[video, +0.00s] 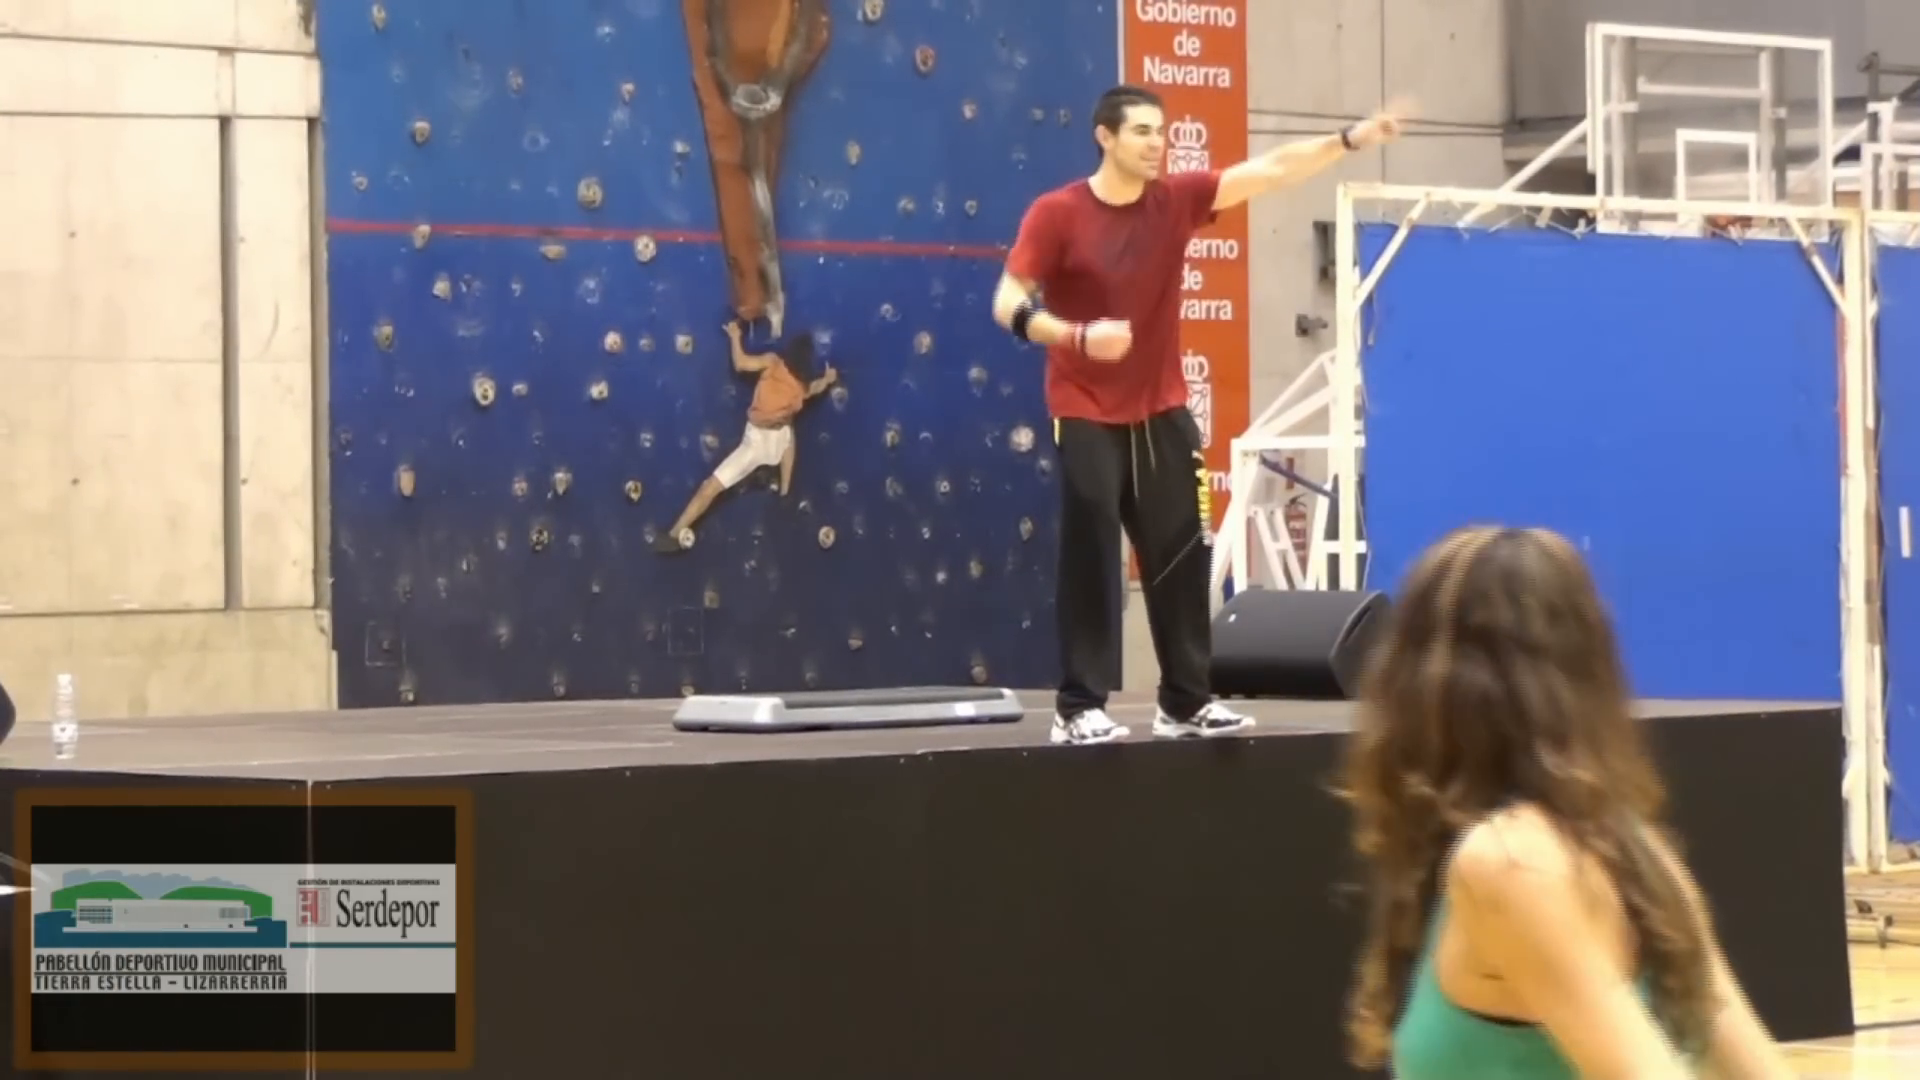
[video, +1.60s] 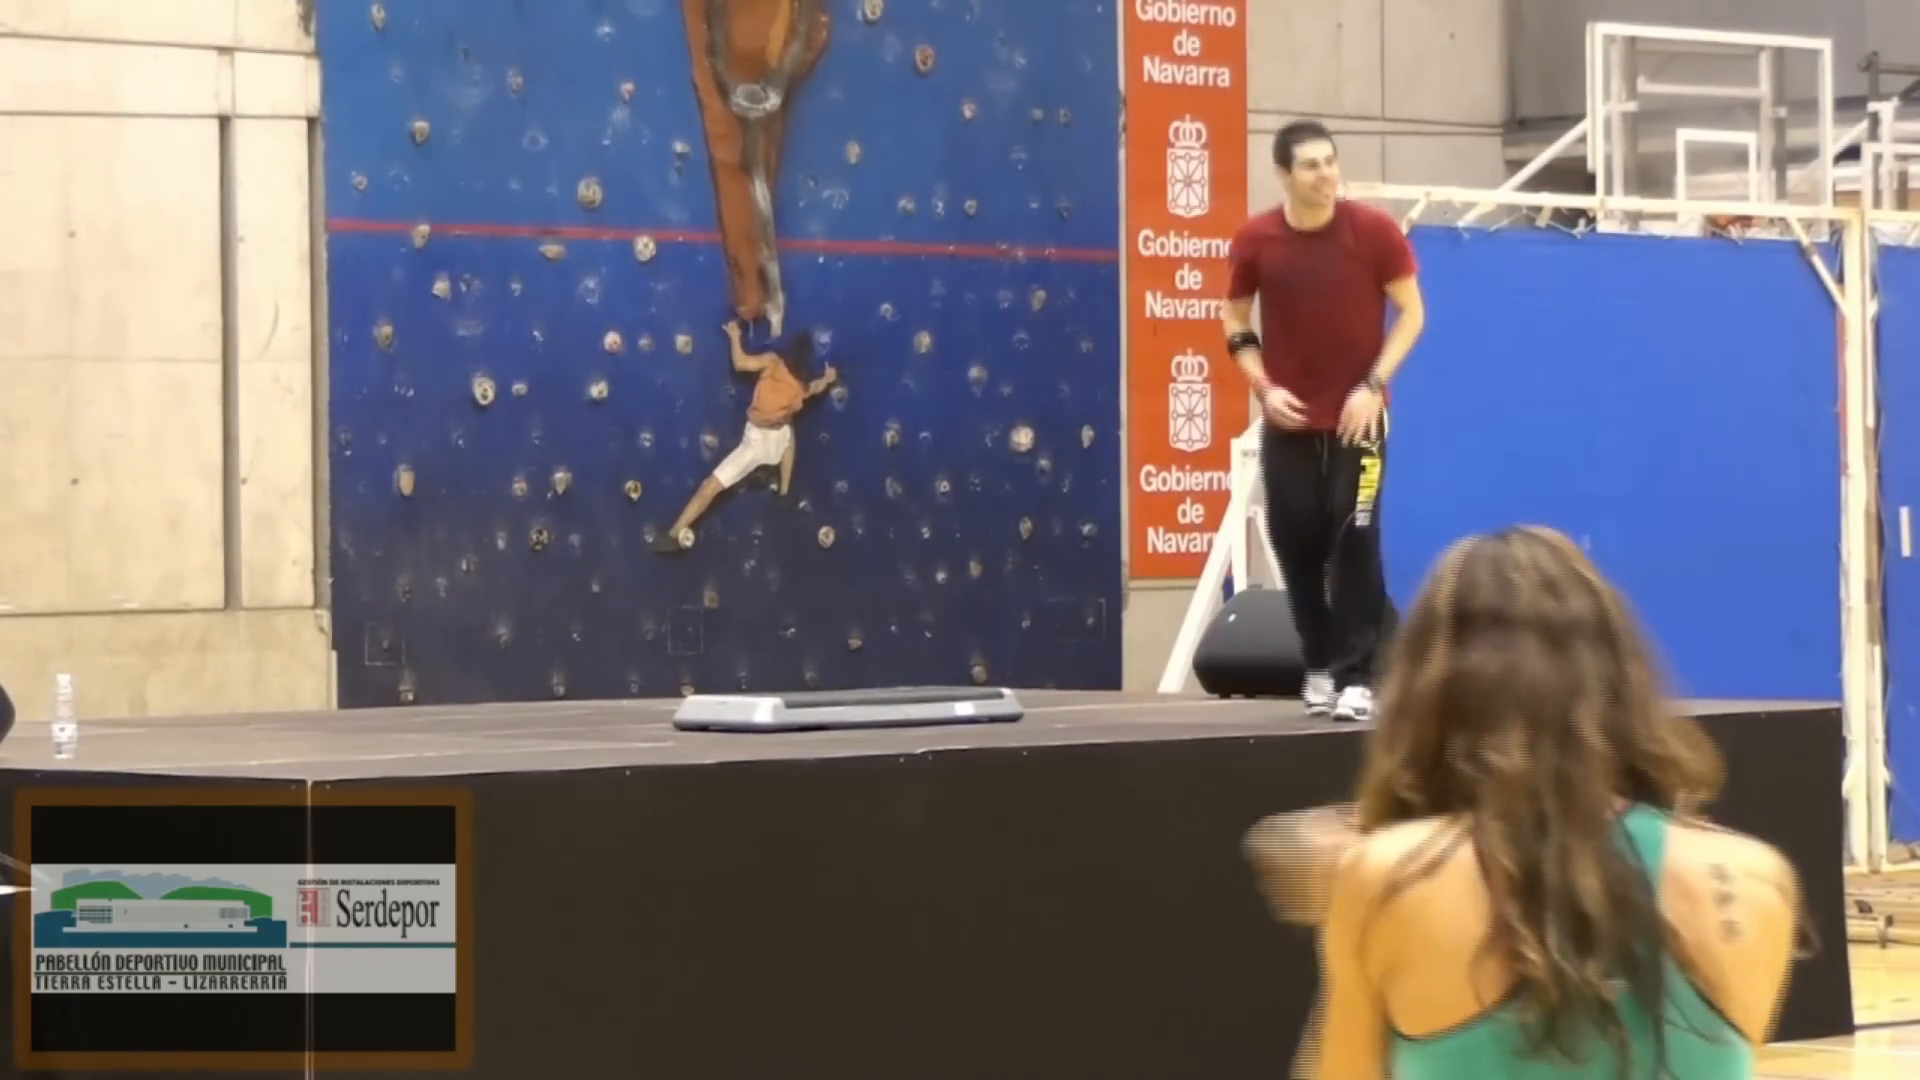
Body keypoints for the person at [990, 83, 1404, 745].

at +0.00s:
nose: (1155, 144)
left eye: (1160, 133)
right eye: (1142, 132)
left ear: (1164, 139)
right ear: (1105, 138)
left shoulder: (1178, 198)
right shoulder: (1056, 213)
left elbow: (1272, 171)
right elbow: (1008, 306)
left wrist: (1351, 139)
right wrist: (1079, 335)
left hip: (1161, 406)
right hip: (1086, 410)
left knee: (1178, 550)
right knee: (1091, 552)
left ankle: (1187, 701)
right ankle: (1081, 706)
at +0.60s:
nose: (1209, 145)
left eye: (1216, 135)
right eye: (1195, 133)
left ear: (1224, 147)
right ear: (1164, 145)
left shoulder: (1243, 213)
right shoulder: (1118, 217)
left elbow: (1326, 233)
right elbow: (1087, 307)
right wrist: (1078, 382)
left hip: (1218, 413)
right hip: (1139, 414)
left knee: (1231, 540)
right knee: (1130, 529)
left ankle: (1234, 665)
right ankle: (1116, 663)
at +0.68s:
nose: (1210, 146)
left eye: (1217, 135)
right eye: (1195, 136)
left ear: (1226, 145)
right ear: (1167, 151)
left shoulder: (1253, 218)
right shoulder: (1130, 220)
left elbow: (1325, 284)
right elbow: (1100, 313)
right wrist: (1111, 396)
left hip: (1230, 417)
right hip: (1151, 422)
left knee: (1236, 550)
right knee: (1147, 560)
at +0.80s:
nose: (1200, 160)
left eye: (1207, 147)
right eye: (1185, 152)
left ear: (1224, 155)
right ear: (1168, 170)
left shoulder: (1269, 236)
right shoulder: (1143, 240)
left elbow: (1299, 330)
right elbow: (1128, 336)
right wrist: (1150, 415)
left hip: (1247, 442)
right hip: (1169, 445)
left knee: (1249, 577)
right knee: (1170, 585)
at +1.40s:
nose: (1298, 184)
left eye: (1307, 172)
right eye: (1286, 174)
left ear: (1320, 175)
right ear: (1265, 180)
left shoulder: (1357, 241)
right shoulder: (1239, 247)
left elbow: (1388, 327)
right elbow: (1229, 327)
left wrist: (1343, 390)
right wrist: (1225, 394)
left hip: (1341, 421)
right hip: (1266, 421)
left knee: (1351, 554)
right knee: (1259, 548)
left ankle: (1360, 678)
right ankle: (1238, 671)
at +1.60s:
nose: (1324, 174)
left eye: (1330, 163)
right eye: (1310, 166)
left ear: (1339, 168)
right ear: (1284, 174)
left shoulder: (1373, 230)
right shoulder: (1255, 240)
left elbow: (1412, 313)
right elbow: (1237, 322)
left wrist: (1375, 384)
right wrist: (1264, 386)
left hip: (1355, 417)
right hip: (1288, 422)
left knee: (1353, 540)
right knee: (1298, 548)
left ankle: (1358, 677)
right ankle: (1319, 669)